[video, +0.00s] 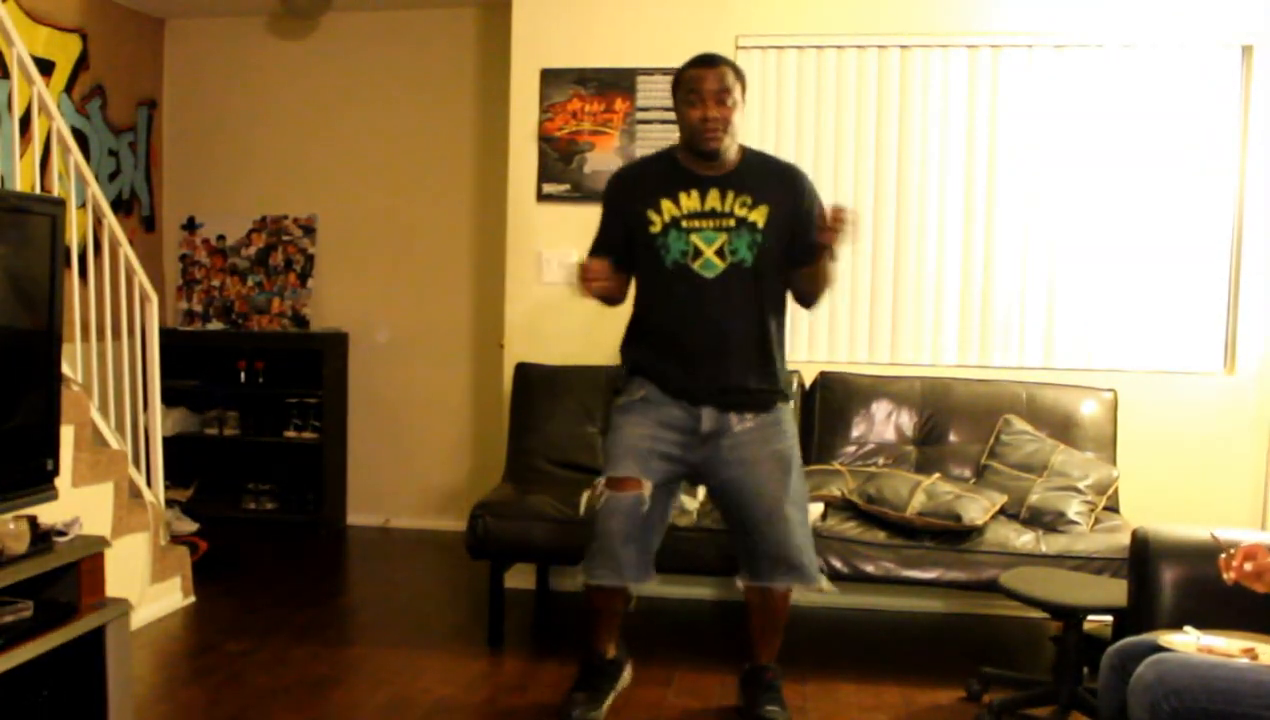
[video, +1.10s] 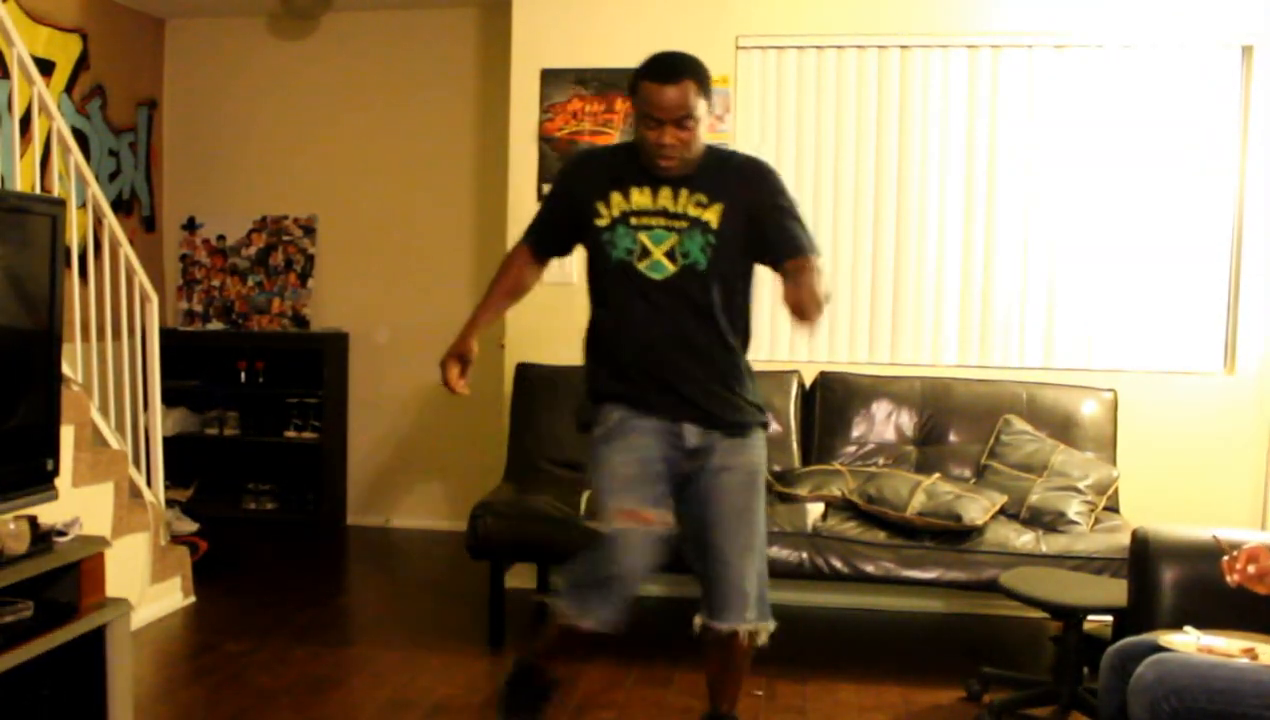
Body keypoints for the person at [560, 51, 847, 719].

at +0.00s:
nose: (709, 111)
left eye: (722, 98)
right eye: (695, 99)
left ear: (741, 106)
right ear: (676, 109)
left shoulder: (785, 187)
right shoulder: (634, 186)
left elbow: (807, 294)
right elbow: (615, 289)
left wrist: (824, 250)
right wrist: (598, 280)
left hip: (753, 405)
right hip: (654, 398)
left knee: (779, 546)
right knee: (617, 521)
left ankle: (762, 676)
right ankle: (603, 662)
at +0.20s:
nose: (676, 98)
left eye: (689, 85)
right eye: (662, 86)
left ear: (709, 93)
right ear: (642, 95)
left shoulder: (752, 177)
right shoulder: (602, 176)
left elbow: (784, 277)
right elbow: (579, 279)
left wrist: (722, 258)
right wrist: (638, 274)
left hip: (736, 398)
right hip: (635, 392)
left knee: (762, 552)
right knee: (596, 538)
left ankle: (761, 677)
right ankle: (551, 692)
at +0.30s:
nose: (656, 107)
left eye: (669, 94)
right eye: (641, 94)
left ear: (689, 101)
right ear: (621, 103)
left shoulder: (731, 180)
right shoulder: (583, 180)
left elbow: (775, 271)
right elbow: (549, 280)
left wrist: (743, 329)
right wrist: (620, 280)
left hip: (700, 403)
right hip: (602, 398)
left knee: (737, 557)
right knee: (580, 542)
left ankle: (754, 673)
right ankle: (549, 699)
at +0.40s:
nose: (639, 111)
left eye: (651, 97)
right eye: (625, 99)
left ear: (671, 100)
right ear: (602, 105)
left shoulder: (714, 164)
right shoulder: (567, 177)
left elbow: (760, 265)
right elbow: (527, 279)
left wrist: (786, 368)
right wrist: (601, 291)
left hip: (660, 391)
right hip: (568, 383)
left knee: (656, 542)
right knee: (549, 532)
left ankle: (720, 662)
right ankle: (546, 695)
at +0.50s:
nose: (628, 115)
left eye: (639, 101)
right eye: (613, 103)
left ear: (658, 100)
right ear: (589, 107)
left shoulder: (704, 156)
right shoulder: (559, 178)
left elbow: (753, 261)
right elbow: (520, 282)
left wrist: (797, 364)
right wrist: (569, 336)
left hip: (636, 390)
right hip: (549, 380)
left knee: (583, 536)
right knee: (530, 538)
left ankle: (631, 672)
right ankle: (543, 697)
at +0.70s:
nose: (613, 121)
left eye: (627, 108)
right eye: (599, 107)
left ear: (646, 106)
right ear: (573, 105)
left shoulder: (688, 171)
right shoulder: (534, 177)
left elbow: (738, 265)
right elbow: (515, 283)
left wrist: (751, 362)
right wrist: (489, 384)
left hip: (646, 393)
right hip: (552, 389)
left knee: (647, 565)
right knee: (524, 552)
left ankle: (626, 687)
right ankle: (546, 697)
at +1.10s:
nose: (667, 137)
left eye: (682, 123)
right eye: (653, 121)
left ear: (707, 115)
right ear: (632, 113)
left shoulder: (747, 181)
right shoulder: (593, 175)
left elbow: (798, 264)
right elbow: (531, 254)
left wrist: (803, 292)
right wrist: (471, 332)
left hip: (725, 410)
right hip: (629, 405)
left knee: (737, 591)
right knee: (627, 558)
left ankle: (723, 716)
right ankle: (537, 670)